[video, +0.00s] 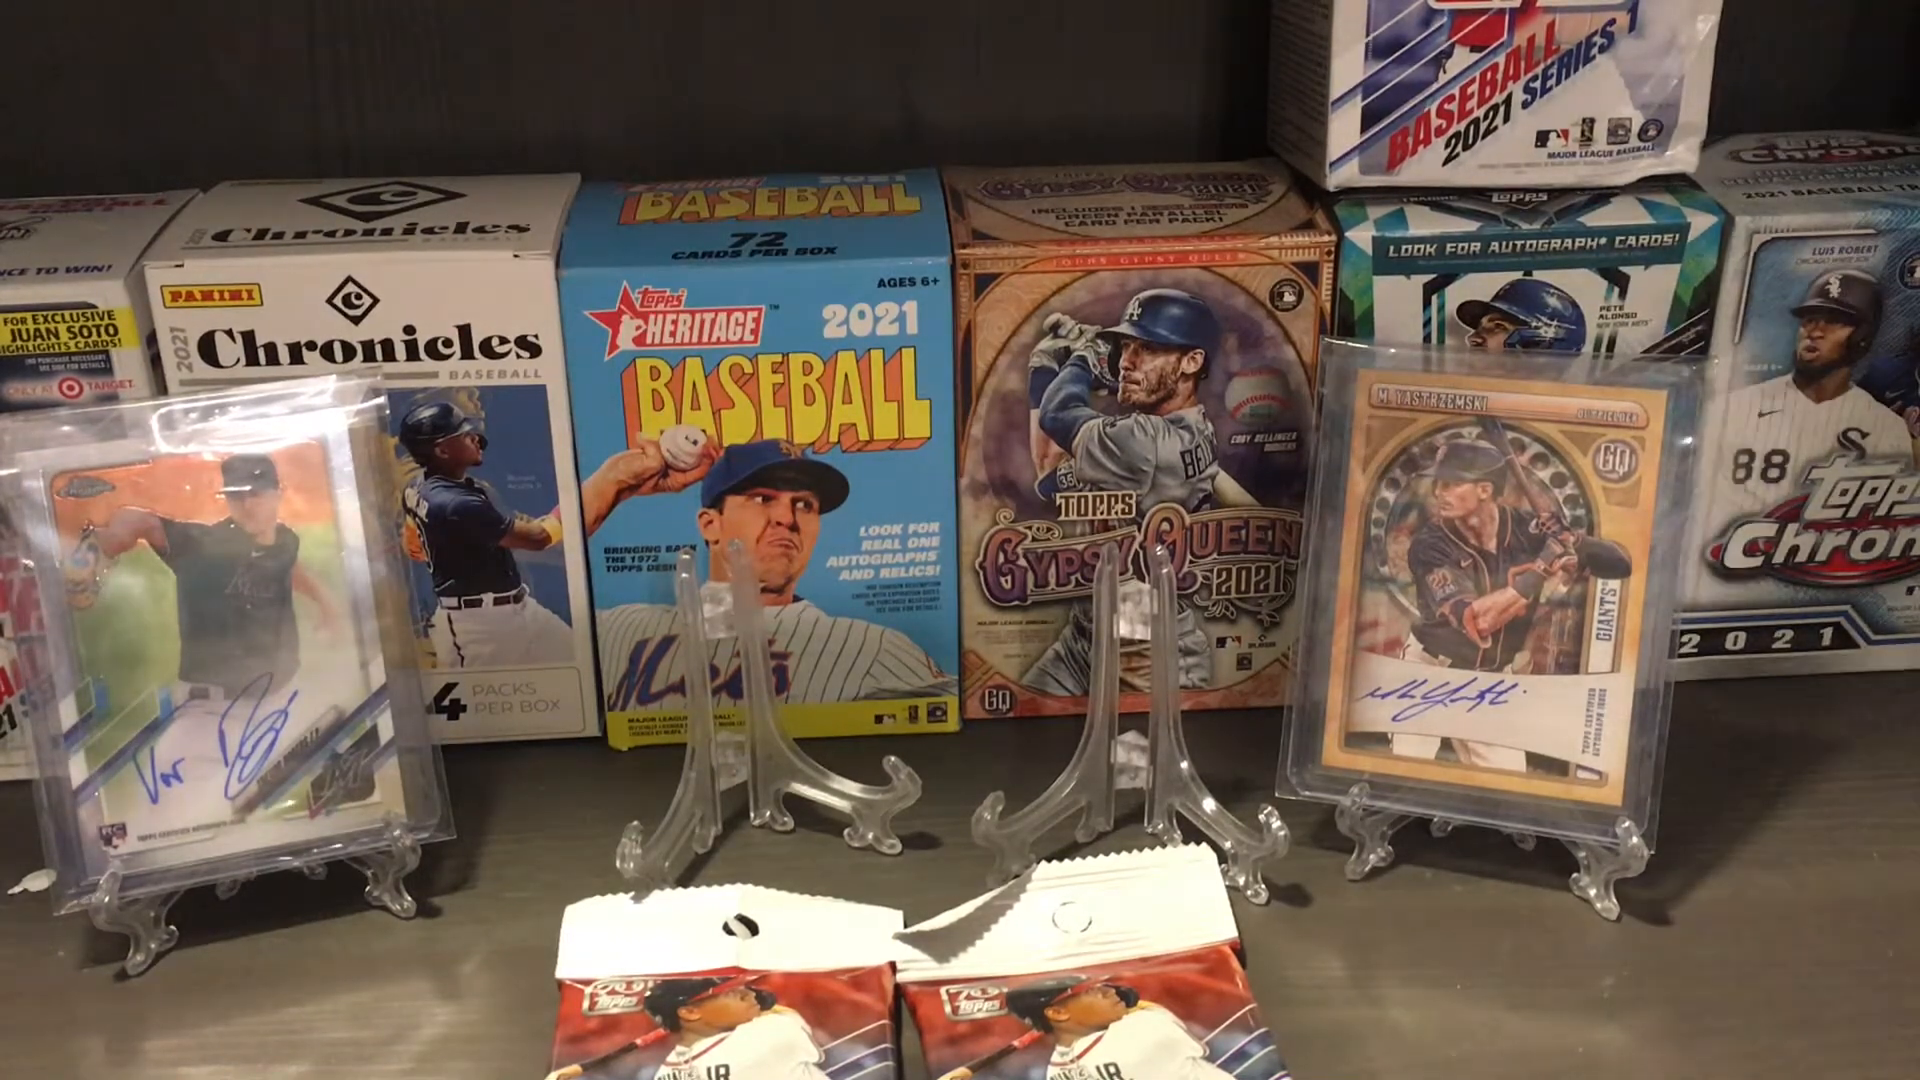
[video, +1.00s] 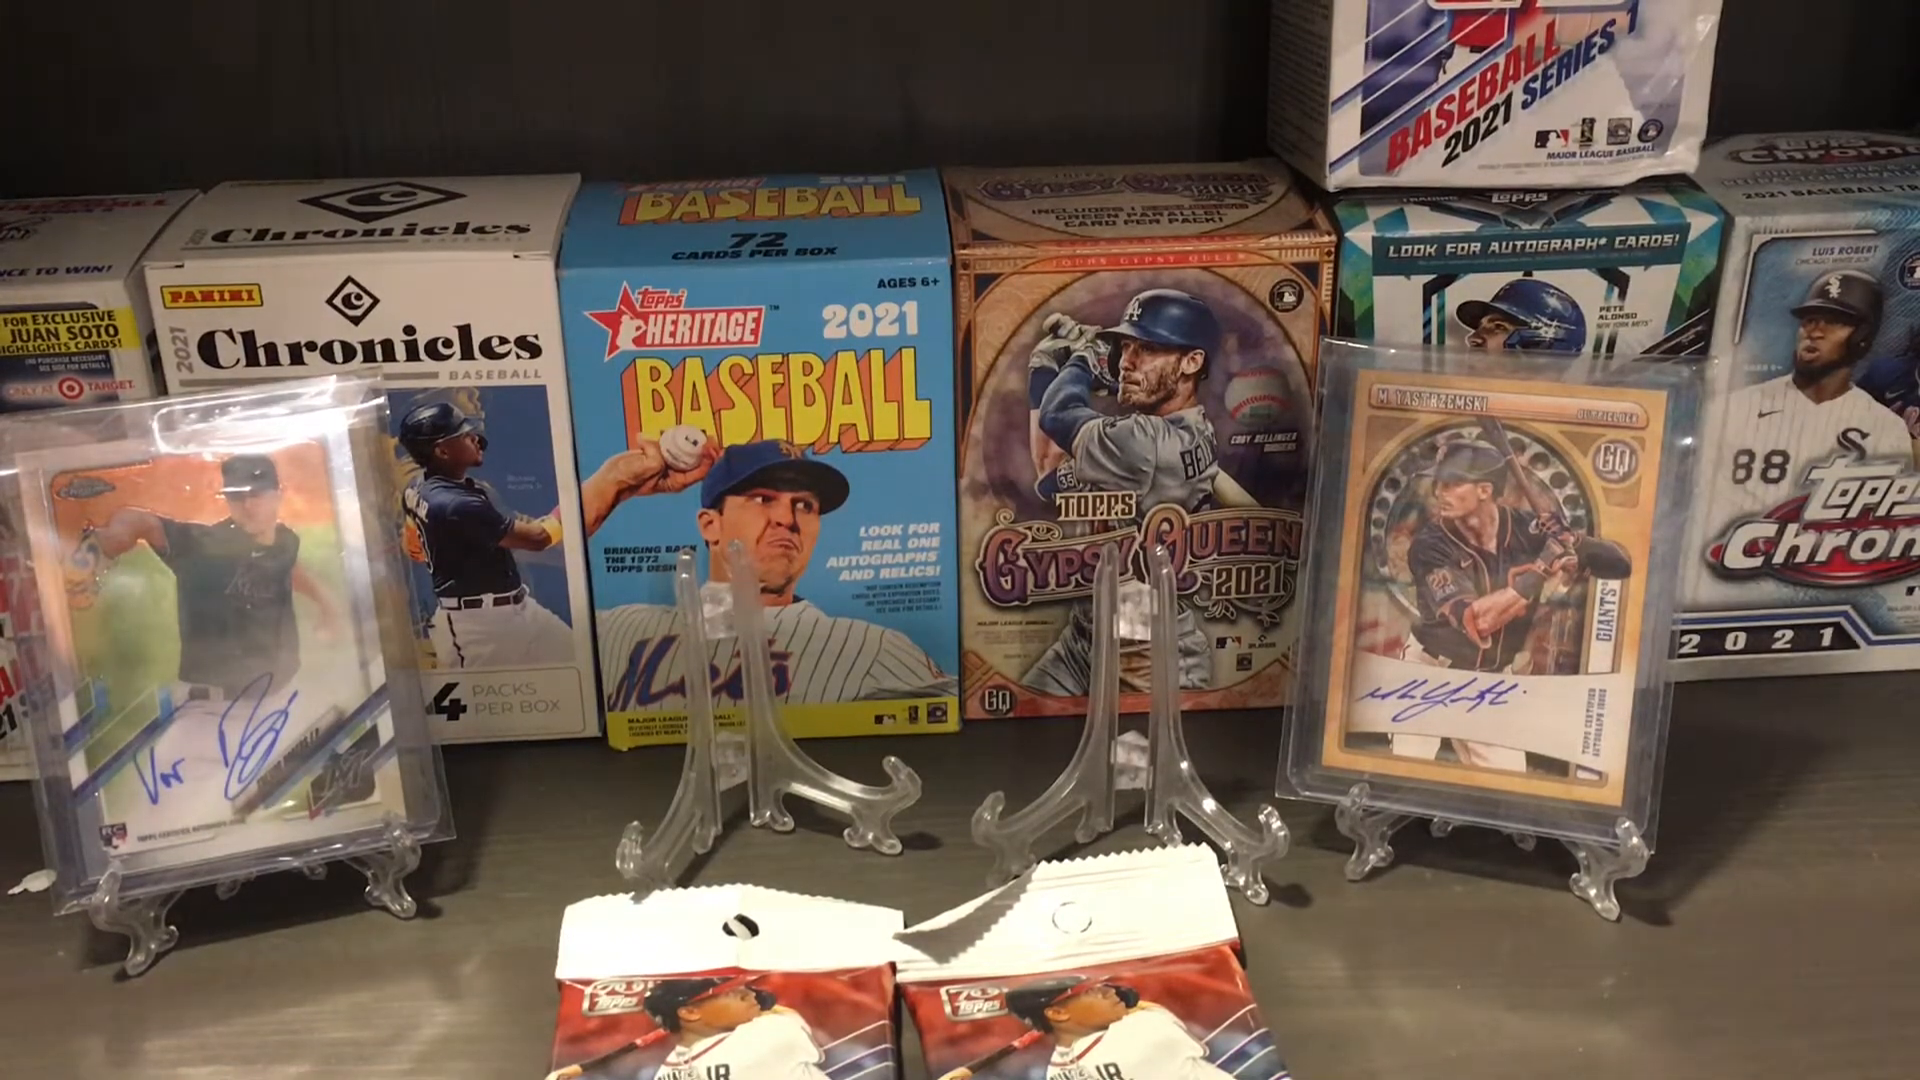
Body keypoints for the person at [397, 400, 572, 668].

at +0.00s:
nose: (476, 436)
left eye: (470, 430)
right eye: (465, 433)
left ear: (442, 451)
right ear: (442, 450)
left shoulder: (420, 490)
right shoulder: (460, 506)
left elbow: (414, 545)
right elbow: (539, 537)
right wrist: (569, 510)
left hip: (520, 609)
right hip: (474, 623)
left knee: (588, 663)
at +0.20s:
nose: (476, 436)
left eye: (470, 430)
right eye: (465, 433)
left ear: (442, 451)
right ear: (441, 449)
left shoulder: (419, 489)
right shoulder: (460, 506)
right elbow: (538, 537)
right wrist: (570, 509)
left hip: (520, 609)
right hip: (473, 622)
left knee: (588, 663)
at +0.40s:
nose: (476, 436)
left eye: (470, 430)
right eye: (465, 433)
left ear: (442, 451)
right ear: (441, 450)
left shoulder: (420, 489)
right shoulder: (460, 506)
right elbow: (538, 537)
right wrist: (569, 511)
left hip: (520, 609)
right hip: (474, 622)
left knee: (587, 663)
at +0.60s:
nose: (476, 437)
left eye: (470, 431)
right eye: (465, 433)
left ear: (442, 451)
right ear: (442, 450)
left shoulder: (420, 490)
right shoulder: (460, 507)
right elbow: (538, 538)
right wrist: (571, 509)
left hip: (520, 609)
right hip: (474, 623)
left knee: (587, 665)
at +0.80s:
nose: (476, 437)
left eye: (470, 430)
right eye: (465, 433)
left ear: (442, 451)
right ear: (442, 450)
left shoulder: (420, 489)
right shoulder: (460, 506)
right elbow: (538, 537)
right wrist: (569, 510)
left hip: (520, 609)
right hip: (474, 623)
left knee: (587, 664)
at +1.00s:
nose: (476, 437)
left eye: (470, 431)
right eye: (465, 433)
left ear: (443, 451)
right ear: (442, 450)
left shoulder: (420, 490)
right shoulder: (459, 507)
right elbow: (538, 538)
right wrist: (570, 509)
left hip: (520, 609)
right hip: (474, 623)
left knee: (588, 664)